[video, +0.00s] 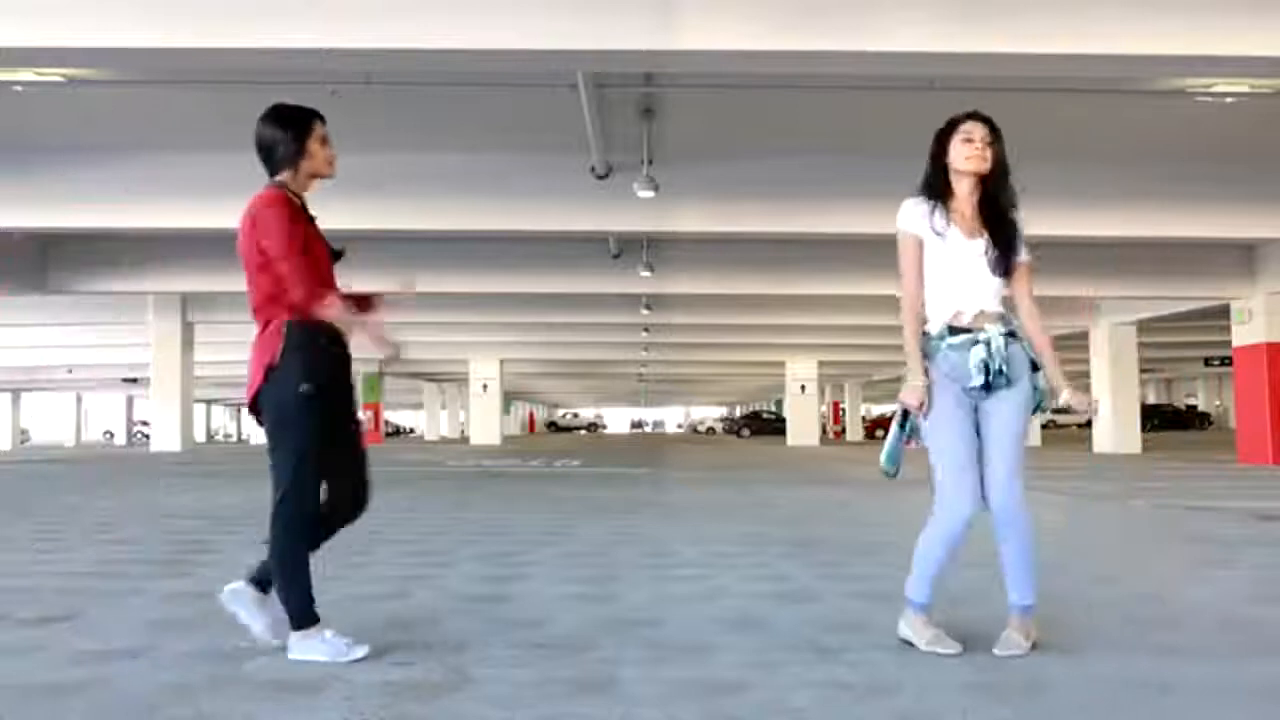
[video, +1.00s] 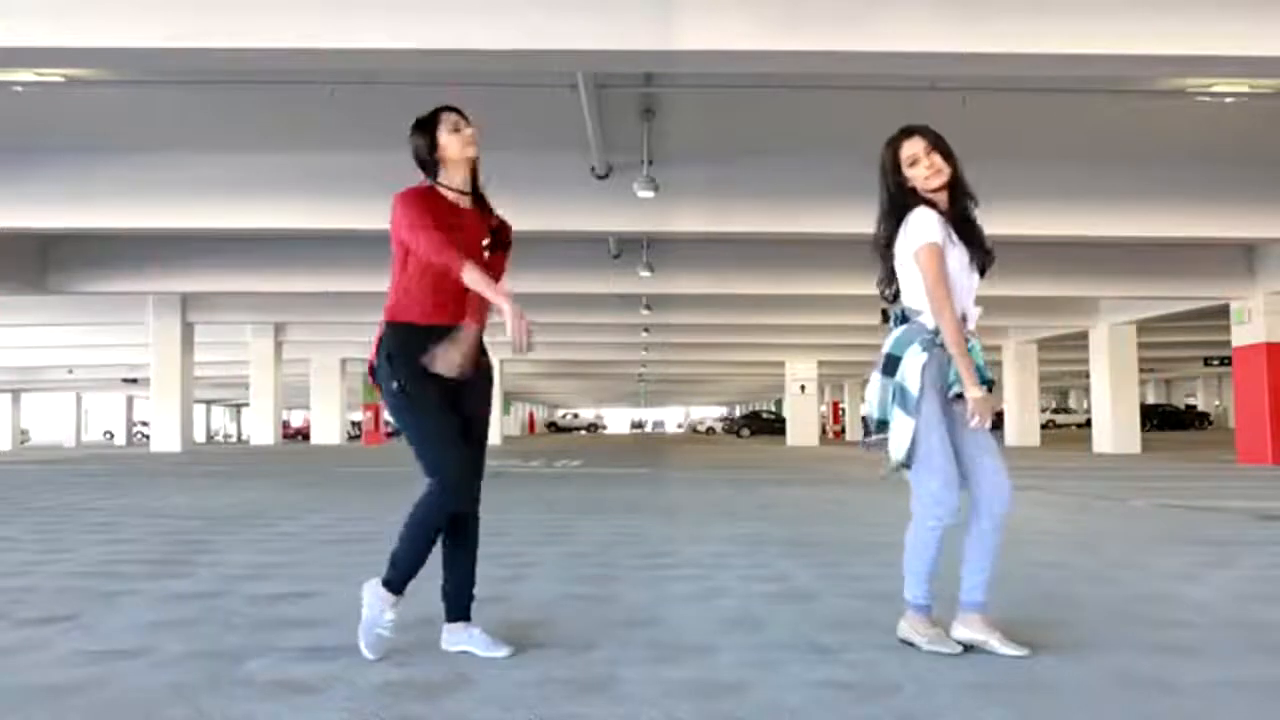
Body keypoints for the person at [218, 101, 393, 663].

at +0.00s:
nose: (333, 151)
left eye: (329, 142)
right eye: (324, 142)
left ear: (294, 152)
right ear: (298, 150)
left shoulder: (297, 213)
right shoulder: (271, 207)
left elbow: (312, 296)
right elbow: (300, 289)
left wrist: (367, 300)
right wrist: (355, 322)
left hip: (321, 356)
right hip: (291, 356)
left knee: (348, 495)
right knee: (295, 493)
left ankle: (257, 587)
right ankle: (304, 630)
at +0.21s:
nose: (376, 145)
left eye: (375, 135)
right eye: (367, 136)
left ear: (336, 147)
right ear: (341, 144)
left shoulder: (354, 216)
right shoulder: (317, 199)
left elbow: (394, 250)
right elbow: (360, 161)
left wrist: (446, 235)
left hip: (359, 359)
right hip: (321, 357)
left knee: (397, 486)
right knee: (309, 495)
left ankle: (410, 616)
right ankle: (304, 631)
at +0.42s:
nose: (438, 141)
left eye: (431, 134)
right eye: (426, 138)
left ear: (415, 156)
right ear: (408, 154)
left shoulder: (428, 220)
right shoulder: (394, 198)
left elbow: (398, 297)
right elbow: (333, 162)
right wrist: (316, 76)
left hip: (415, 364)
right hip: (377, 359)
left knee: (442, 500)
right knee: (349, 498)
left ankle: (458, 624)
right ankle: (310, 628)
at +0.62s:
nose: (463, 143)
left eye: (459, 135)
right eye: (452, 137)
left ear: (446, 154)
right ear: (426, 151)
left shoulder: (448, 221)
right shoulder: (412, 198)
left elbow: (486, 260)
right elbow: (391, 157)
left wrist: (528, 250)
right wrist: (399, 100)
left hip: (448, 358)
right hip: (409, 353)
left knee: (455, 496)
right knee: (418, 491)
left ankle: (457, 623)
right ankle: (335, 603)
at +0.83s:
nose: (473, 143)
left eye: (471, 135)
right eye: (460, 137)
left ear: (463, 150)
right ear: (429, 152)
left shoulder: (472, 219)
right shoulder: (409, 197)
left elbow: (515, 283)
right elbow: (427, 211)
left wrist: (576, 327)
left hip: (462, 356)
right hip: (411, 354)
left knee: (464, 493)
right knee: (452, 486)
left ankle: (458, 625)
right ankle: (381, 591)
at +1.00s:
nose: (470, 130)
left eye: (470, 124)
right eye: (456, 126)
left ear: (476, 141)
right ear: (433, 148)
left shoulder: (496, 227)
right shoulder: (411, 204)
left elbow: (485, 292)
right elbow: (446, 257)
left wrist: (465, 339)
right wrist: (504, 301)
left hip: (467, 351)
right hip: (407, 349)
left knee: (465, 489)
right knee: (450, 480)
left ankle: (458, 624)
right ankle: (385, 594)